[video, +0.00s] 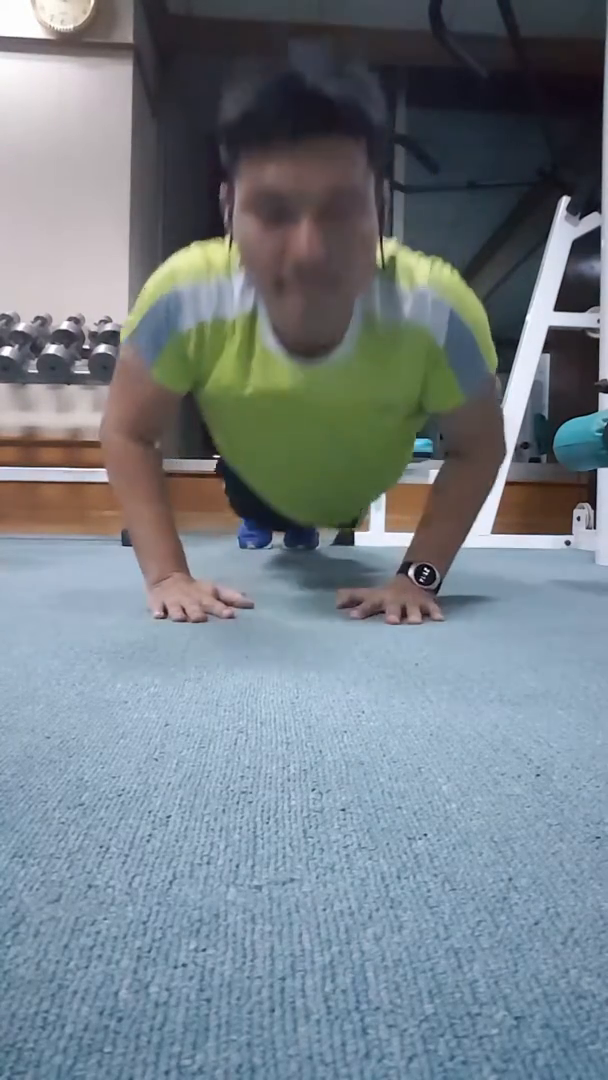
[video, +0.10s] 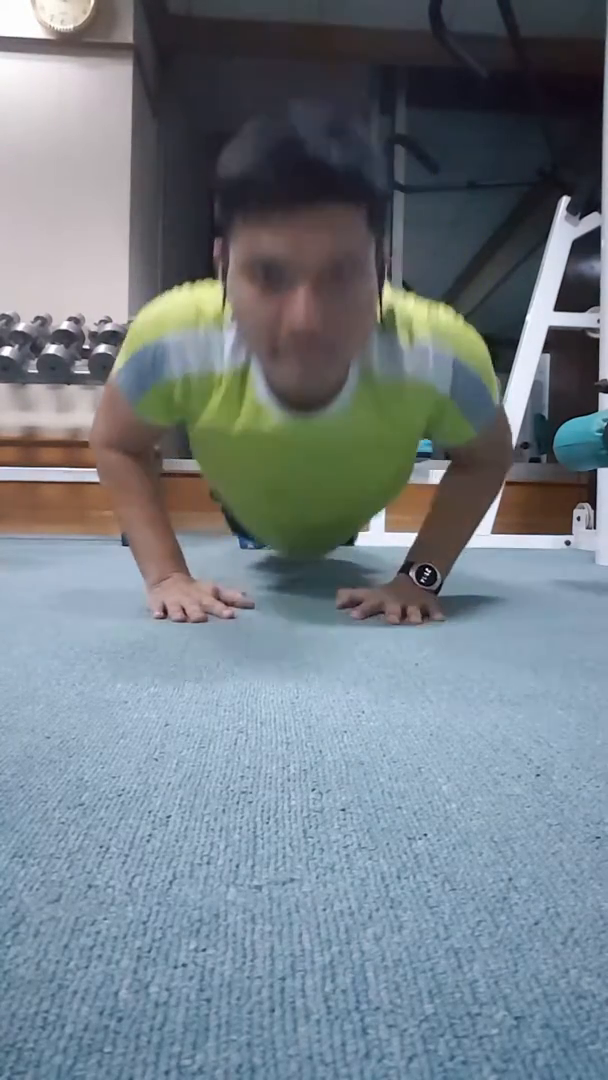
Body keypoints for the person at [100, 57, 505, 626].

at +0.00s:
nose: (309, 248)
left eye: (339, 211)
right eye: (275, 214)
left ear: (378, 203)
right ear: (229, 207)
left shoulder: (434, 305)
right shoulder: (184, 294)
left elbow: (478, 447)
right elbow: (127, 434)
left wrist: (418, 578)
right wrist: (167, 575)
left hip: (352, 484)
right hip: (251, 477)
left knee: (328, 512)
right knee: (259, 511)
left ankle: (310, 530)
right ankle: (263, 526)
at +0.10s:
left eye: (338, 276)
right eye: (271, 277)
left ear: (382, 262)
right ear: (222, 264)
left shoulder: (439, 349)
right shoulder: (170, 333)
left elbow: (486, 454)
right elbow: (119, 444)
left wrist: (419, 577)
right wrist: (167, 576)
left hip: (355, 506)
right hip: (241, 507)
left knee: (336, 536)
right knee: (258, 537)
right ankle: (264, 540)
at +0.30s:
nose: (301, 454)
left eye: (337, 411)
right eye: (265, 412)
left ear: (380, 388)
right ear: (213, 387)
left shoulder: (448, 431)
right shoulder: (158, 419)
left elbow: (497, 461)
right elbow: (100, 449)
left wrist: (420, 577)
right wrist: (167, 576)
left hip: (358, 566)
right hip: (234, 562)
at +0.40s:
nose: (303, 497)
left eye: (343, 449)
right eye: (266, 449)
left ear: (385, 431)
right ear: (217, 425)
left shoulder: (443, 459)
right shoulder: (166, 449)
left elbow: (503, 459)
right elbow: (98, 444)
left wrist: (423, 574)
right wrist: (167, 575)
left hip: (370, 572)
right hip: (230, 567)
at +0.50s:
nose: (299, 473)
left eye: (337, 430)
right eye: (265, 429)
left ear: (383, 406)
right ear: (217, 401)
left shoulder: (450, 439)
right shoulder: (158, 438)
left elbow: (493, 460)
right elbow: (99, 449)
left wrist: (422, 575)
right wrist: (167, 574)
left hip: (366, 569)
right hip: (229, 569)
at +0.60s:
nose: (298, 384)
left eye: (335, 344)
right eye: (265, 344)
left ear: (380, 327)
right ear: (216, 325)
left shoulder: (437, 389)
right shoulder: (162, 391)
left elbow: (487, 456)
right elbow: (102, 451)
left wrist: (420, 577)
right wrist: (168, 577)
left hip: (352, 554)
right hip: (234, 559)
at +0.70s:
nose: (300, 286)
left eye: (334, 250)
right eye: (269, 249)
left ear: (376, 242)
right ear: (220, 244)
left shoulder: (429, 336)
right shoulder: (161, 339)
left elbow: (481, 451)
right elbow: (104, 447)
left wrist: (418, 577)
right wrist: (167, 577)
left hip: (343, 518)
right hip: (226, 520)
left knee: (329, 533)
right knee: (244, 533)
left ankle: (303, 547)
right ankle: (256, 544)